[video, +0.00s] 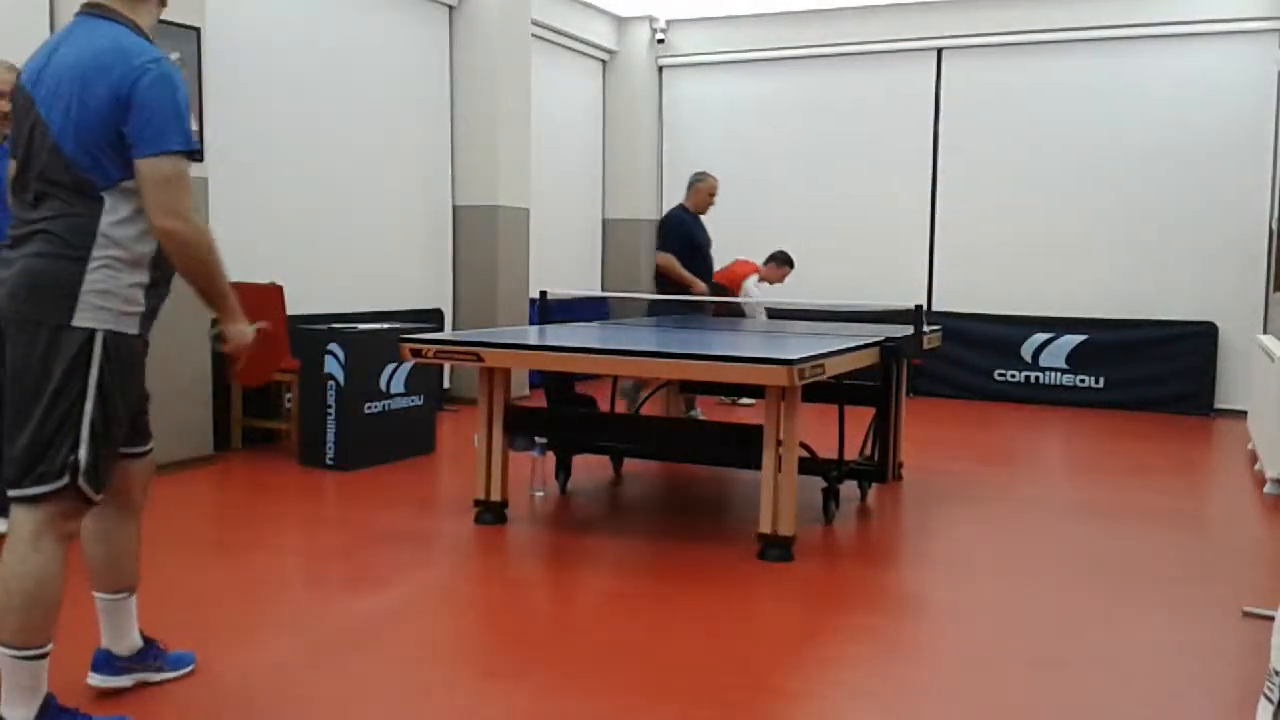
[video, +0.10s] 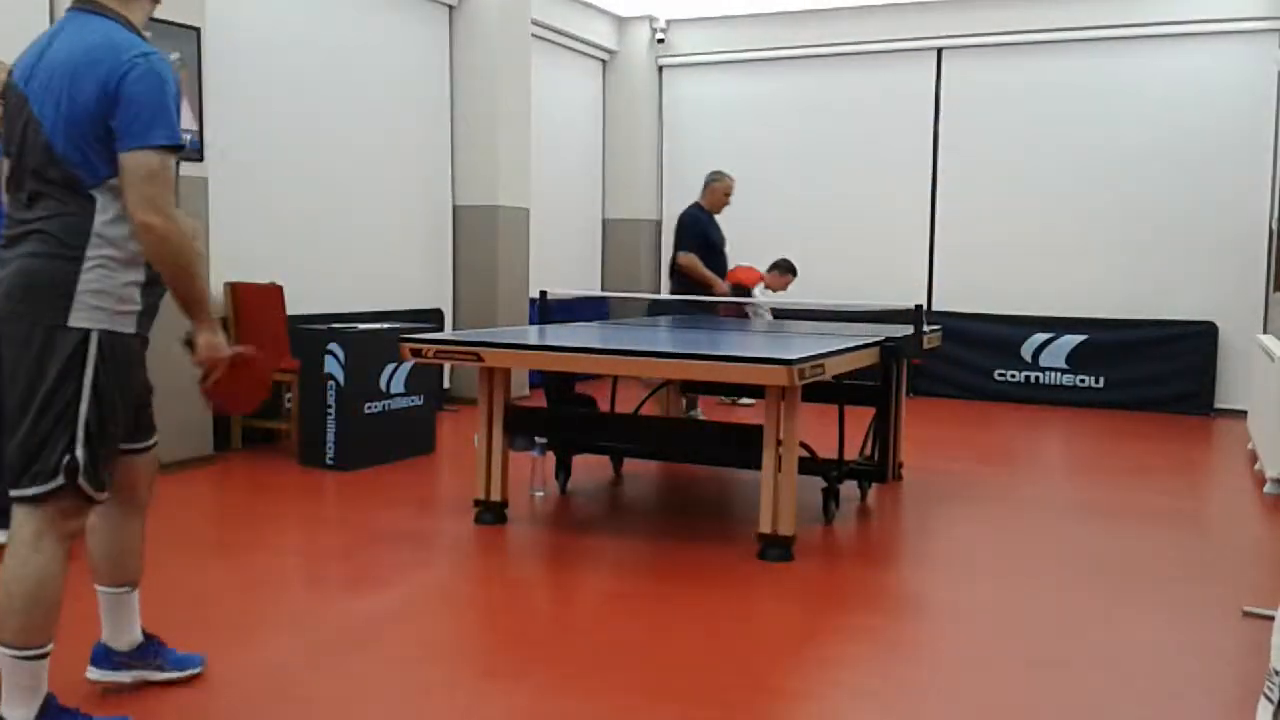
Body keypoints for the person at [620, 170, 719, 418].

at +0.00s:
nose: (713, 201)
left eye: (714, 196)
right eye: (710, 195)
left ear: (700, 193)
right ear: (694, 191)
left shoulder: (693, 219)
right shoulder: (675, 218)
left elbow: (689, 257)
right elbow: (663, 258)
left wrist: (701, 284)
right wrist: (695, 283)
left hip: (691, 301)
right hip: (674, 301)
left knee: (689, 355)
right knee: (676, 354)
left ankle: (688, 405)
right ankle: (634, 386)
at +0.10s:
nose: (729, 201)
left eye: (730, 196)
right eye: (726, 195)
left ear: (713, 192)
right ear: (711, 190)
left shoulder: (707, 218)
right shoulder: (692, 217)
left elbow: (704, 257)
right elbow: (684, 258)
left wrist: (722, 281)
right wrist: (716, 282)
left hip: (703, 300)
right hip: (690, 300)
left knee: (698, 354)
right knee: (689, 355)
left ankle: (691, 405)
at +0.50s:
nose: (802, 207)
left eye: (803, 202)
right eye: (800, 201)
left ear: (790, 197)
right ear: (785, 194)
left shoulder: (780, 224)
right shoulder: (767, 220)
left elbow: (779, 264)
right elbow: (767, 263)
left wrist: (804, 279)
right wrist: (801, 279)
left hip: (774, 307)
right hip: (760, 308)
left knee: (786, 363)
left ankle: (793, 414)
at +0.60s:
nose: (821, 209)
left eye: (823, 203)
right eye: (820, 202)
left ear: (807, 194)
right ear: (806, 193)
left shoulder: (795, 221)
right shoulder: (784, 218)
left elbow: (792, 262)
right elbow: (783, 260)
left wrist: (826, 279)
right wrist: (822, 278)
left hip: (791, 306)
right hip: (779, 307)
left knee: (796, 363)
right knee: (781, 365)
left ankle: (796, 414)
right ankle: (785, 419)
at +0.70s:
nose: (839, 205)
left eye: (840, 200)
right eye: (837, 198)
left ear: (825, 191)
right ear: (823, 190)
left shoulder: (815, 217)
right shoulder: (801, 215)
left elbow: (811, 258)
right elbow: (797, 256)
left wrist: (840, 273)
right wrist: (835, 273)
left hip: (810, 304)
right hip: (794, 304)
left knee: (805, 362)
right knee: (790, 362)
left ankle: (800, 415)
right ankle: (785, 418)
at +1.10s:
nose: (899, 202)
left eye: (903, 196)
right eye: (893, 196)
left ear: (905, 195)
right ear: (877, 192)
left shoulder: (898, 222)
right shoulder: (860, 223)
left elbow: (908, 264)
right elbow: (857, 267)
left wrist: (929, 296)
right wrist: (895, 278)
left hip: (895, 310)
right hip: (865, 311)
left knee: (895, 373)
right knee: (861, 369)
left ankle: (885, 438)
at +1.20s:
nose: (911, 195)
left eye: (915, 189)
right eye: (905, 189)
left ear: (919, 191)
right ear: (891, 188)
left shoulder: (918, 219)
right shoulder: (875, 219)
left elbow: (923, 263)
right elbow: (868, 262)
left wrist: (935, 293)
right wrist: (906, 273)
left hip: (912, 307)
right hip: (879, 309)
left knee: (930, 362)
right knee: (888, 375)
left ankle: (902, 411)